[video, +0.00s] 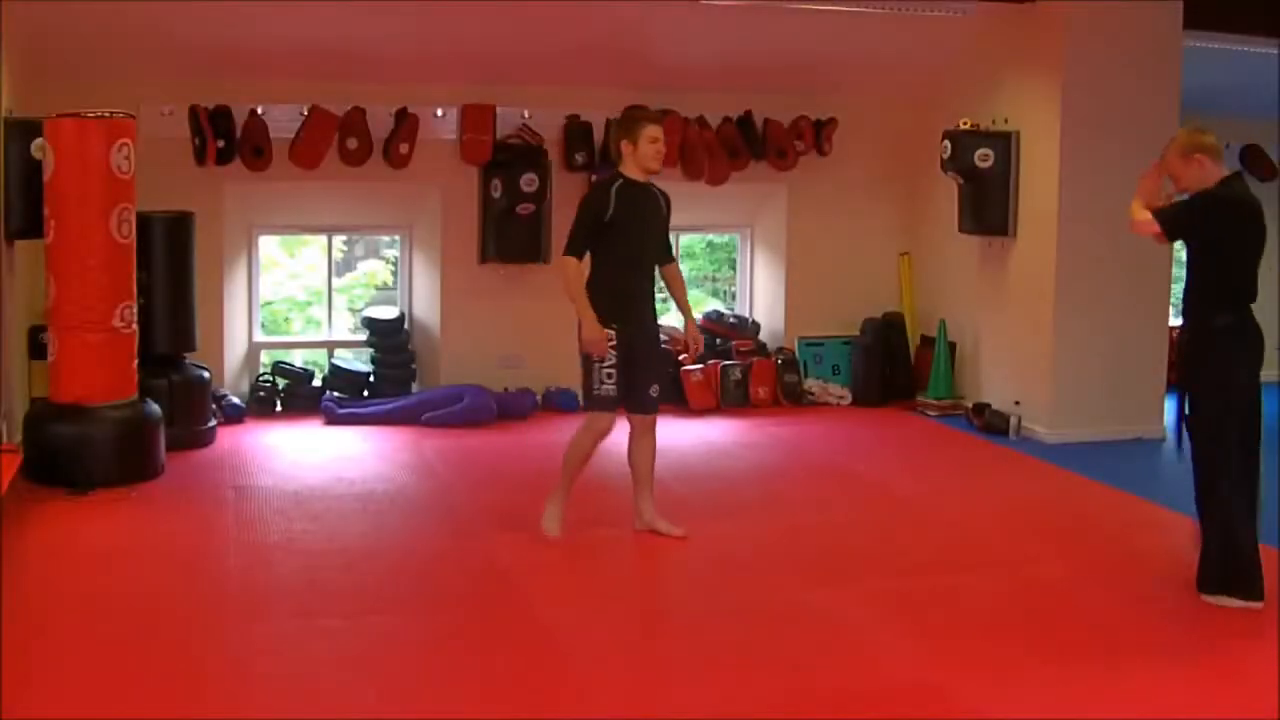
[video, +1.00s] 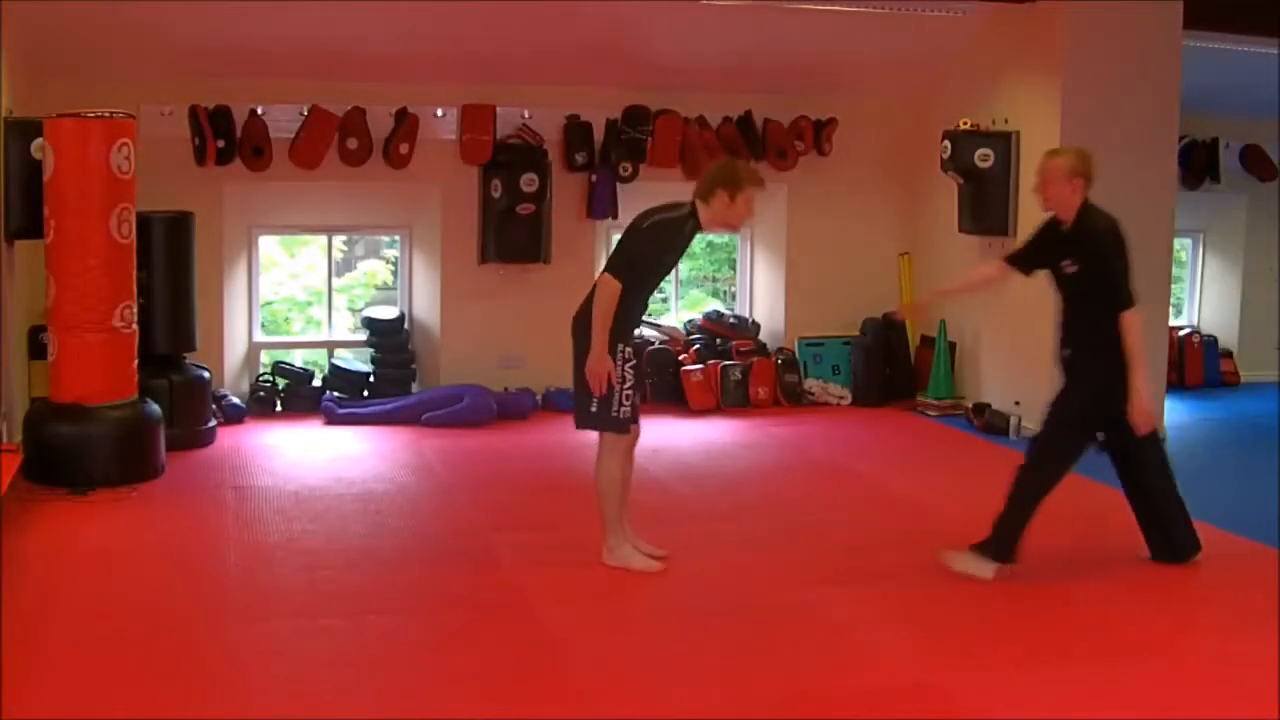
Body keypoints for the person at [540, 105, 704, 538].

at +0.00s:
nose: (662, 149)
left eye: (663, 142)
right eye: (653, 142)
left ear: (657, 147)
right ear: (625, 146)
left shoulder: (658, 199)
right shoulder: (602, 195)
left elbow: (666, 262)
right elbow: (569, 262)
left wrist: (688, 317)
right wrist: (587, 321)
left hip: (643, 322)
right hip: (604, 323)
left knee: (644, 420)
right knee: (600, 420)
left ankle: (645, 512)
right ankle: (558, 500)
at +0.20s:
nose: (677, 150)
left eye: (677, 143)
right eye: (668, 143)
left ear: (664, 150)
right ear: (640, 148)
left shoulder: (665, 200)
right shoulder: (618, 195)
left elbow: (650, 266)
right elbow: (576, 260)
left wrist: (660, 324)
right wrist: (574, 333)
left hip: (651, 322)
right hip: (618, 322)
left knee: (649, 424)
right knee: (617, 429)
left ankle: (646, 513)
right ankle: (598, 529)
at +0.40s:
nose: (683, 159)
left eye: (684, 151)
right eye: (675, 151)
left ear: (660, 155)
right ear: (647, 153)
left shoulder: (658, 204)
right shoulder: (621, 204)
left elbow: (645, 276)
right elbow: (586, 272)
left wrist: (657, 328)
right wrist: (587, 343)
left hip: (648, 328)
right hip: (622, 330)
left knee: (659, 422)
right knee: (633, 430)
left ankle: (642, 512)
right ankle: (615, 543)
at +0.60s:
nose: (715, 180)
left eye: (717, 172)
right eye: (712, 170)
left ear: (684, 165)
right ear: (684, 162)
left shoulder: (661, 206)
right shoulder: (644, 207)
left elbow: (631, 280)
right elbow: (600, 277)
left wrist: (640, 333)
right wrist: (596, 347)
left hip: (632, 332)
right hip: (616, 336)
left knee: (641, 428)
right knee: (622, 434)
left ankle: (625, 528)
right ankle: (614, 543)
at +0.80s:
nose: (750, 232)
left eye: (753, 223)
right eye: (749, 221)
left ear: (721, 214)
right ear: (723, 214)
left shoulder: (681, 235)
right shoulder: (665, 233)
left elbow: (619, 288)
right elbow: (600, 284)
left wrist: (607, 341)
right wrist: (589, 351)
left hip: (609, 331)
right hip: (593, 334)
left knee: (616, 431)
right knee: (607, 433)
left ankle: (620, 534)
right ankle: (612, 543)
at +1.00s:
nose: (751, 214)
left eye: (753, 204)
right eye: (748, 202)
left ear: (722, 197)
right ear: (722, 197)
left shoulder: (683, 226)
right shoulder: (666, 225)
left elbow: (628, 291)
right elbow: (608, 283)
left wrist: (655, 330)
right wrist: (598, 351)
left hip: (620, 332)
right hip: (605, 333)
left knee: (628, 433)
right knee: (617, 435)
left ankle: (622, 534)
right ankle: (614, 544)